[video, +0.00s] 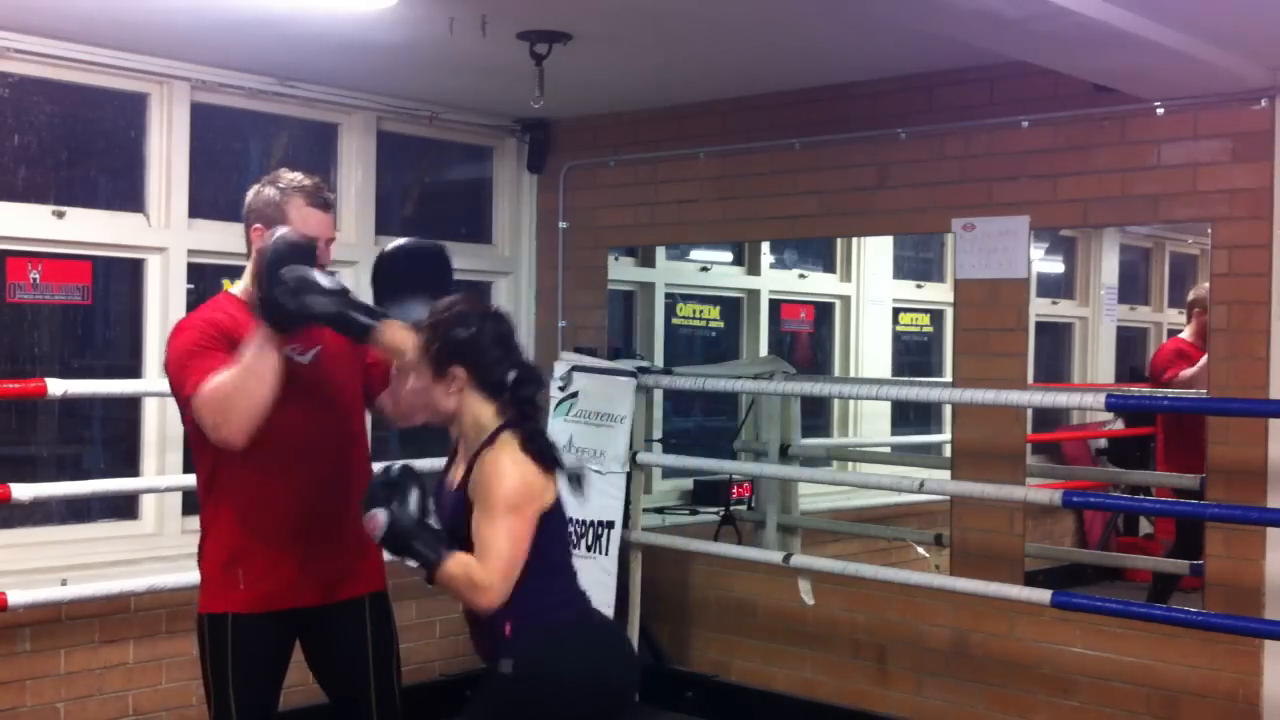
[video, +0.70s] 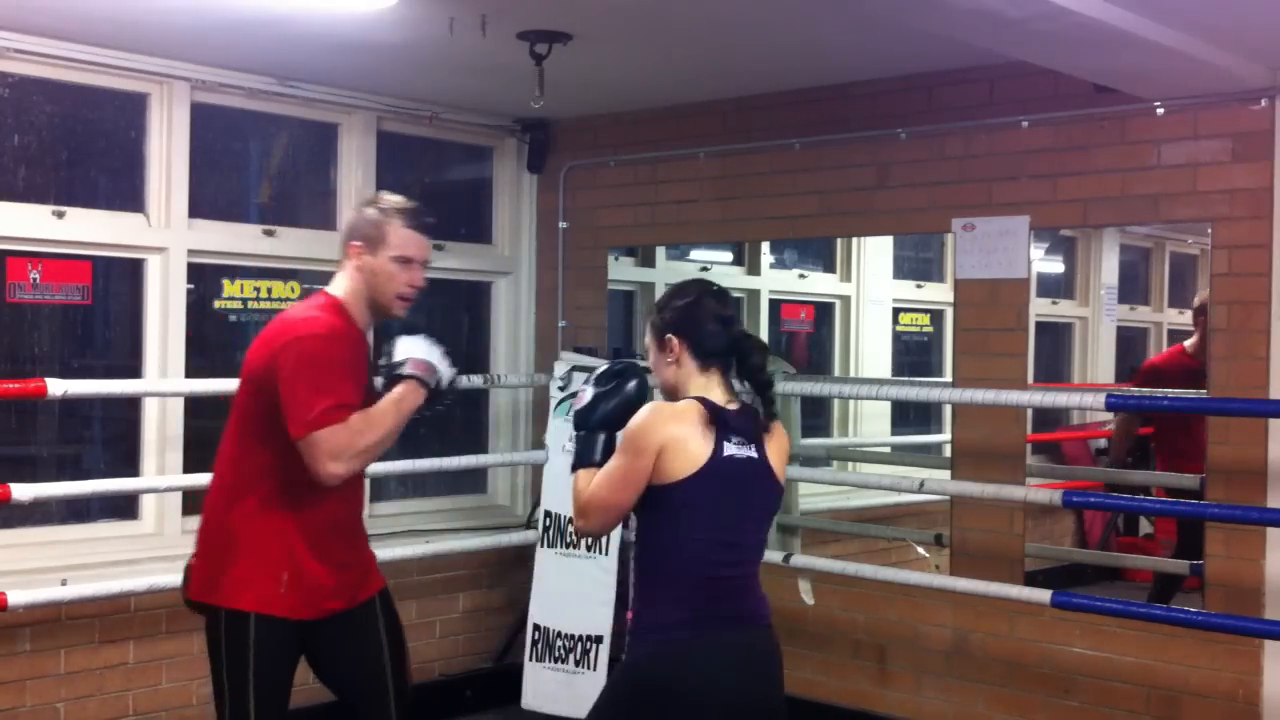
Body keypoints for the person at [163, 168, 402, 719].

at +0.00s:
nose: (320, 262)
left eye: (329, 246)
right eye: (307, 245)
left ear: (336, 242)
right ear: (260, 238)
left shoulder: (343, 330)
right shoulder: (203, 331)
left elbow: (403, 407)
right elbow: (229, 424)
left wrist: (408, 329)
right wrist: (272, 319)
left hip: (348, 582)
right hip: (246, 591)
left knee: (378, 710)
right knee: (241, 714)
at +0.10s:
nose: (307, 260)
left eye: (314, 246)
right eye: (292, 245)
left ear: (321, 242)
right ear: (246, 239)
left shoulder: (333, 324)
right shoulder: (193, 324)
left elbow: (386, 421)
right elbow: (180, 414)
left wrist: (396, 372)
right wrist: (253, 318)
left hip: (344, 577)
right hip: (242, 585)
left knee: (375, 709)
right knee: (238, 713)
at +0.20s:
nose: (306, 256)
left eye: (312, 241)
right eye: (290, 239)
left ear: (316, 242)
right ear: (245, 239)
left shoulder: (331, 330)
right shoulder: (188, 333)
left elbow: (369, 424)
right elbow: (180, 435)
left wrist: (402, 438)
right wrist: (255, 335)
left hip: (338, 578)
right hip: (236, 589)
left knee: (371, 708)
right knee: (231, 715)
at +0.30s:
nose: (312, 259)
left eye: (317, 245)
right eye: (296, 242)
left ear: (322, 247)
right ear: (250, 242)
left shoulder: (324, 333)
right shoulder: (194, 341)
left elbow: (353, 440)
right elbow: (208, 452)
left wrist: (388, 493)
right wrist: (296, 376)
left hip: (333, 581)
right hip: (233, 594)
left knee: (368, 708)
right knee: (233, 714)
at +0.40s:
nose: (328, 264)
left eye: (333, 250)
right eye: (313, 247)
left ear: (333, 253)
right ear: (267, 245)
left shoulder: (318, 335)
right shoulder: (214, 341)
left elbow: (311, 461)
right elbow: (250, 461)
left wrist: (334, 541)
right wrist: (335, 396)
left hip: (325, 581)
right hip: (233, 597)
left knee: (366, 707)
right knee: (236, 714)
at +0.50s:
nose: (352, 268)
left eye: (357, 254)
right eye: (337, 250)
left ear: (360, 253)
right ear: (291, 247)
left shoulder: (317, 338)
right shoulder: (248, 336)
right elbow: (296, 462)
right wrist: (363, 396)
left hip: (323, 580)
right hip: (239, 593)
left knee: (365, 704)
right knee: (240, 713)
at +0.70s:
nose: (417, 281)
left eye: (423, 267)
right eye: (404, 262)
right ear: (357, 257)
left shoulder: (350, 333)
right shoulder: (310, 332)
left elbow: (336, 444)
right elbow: (333, 457)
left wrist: (393, 395)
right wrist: (415, 384)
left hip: (337, 573)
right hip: (259, 580)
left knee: (386, 704)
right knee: (250, 712)